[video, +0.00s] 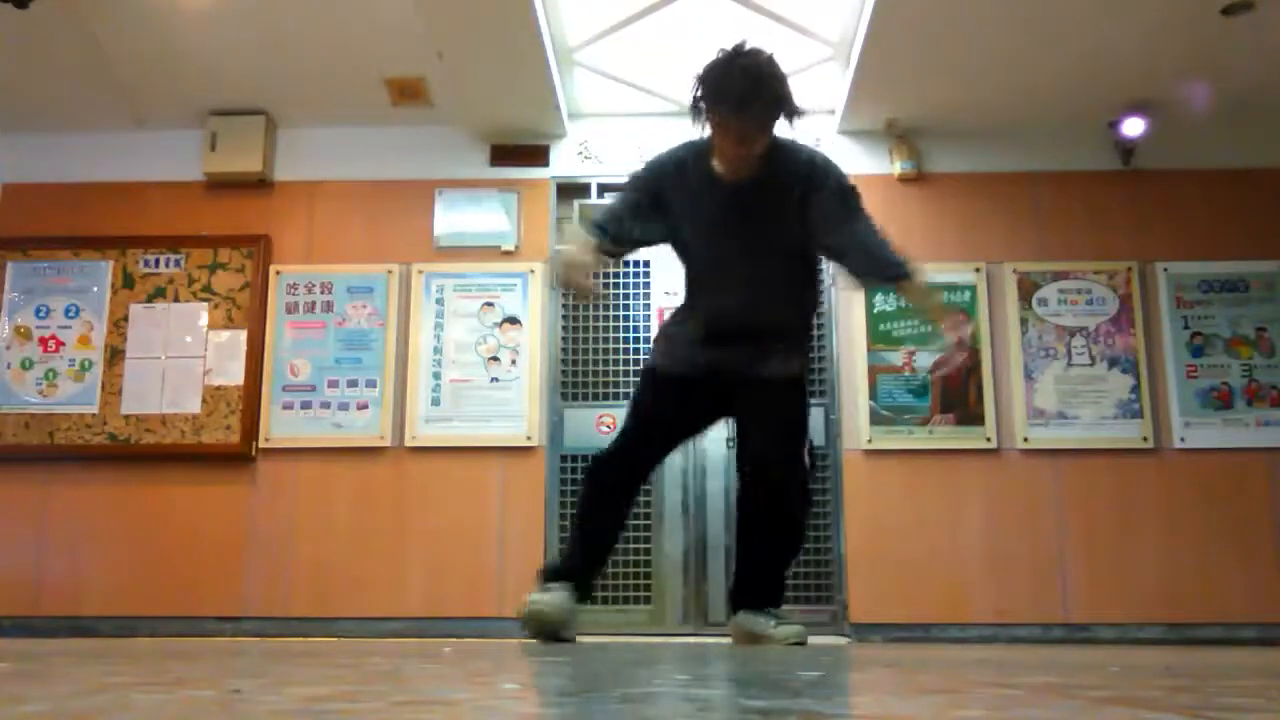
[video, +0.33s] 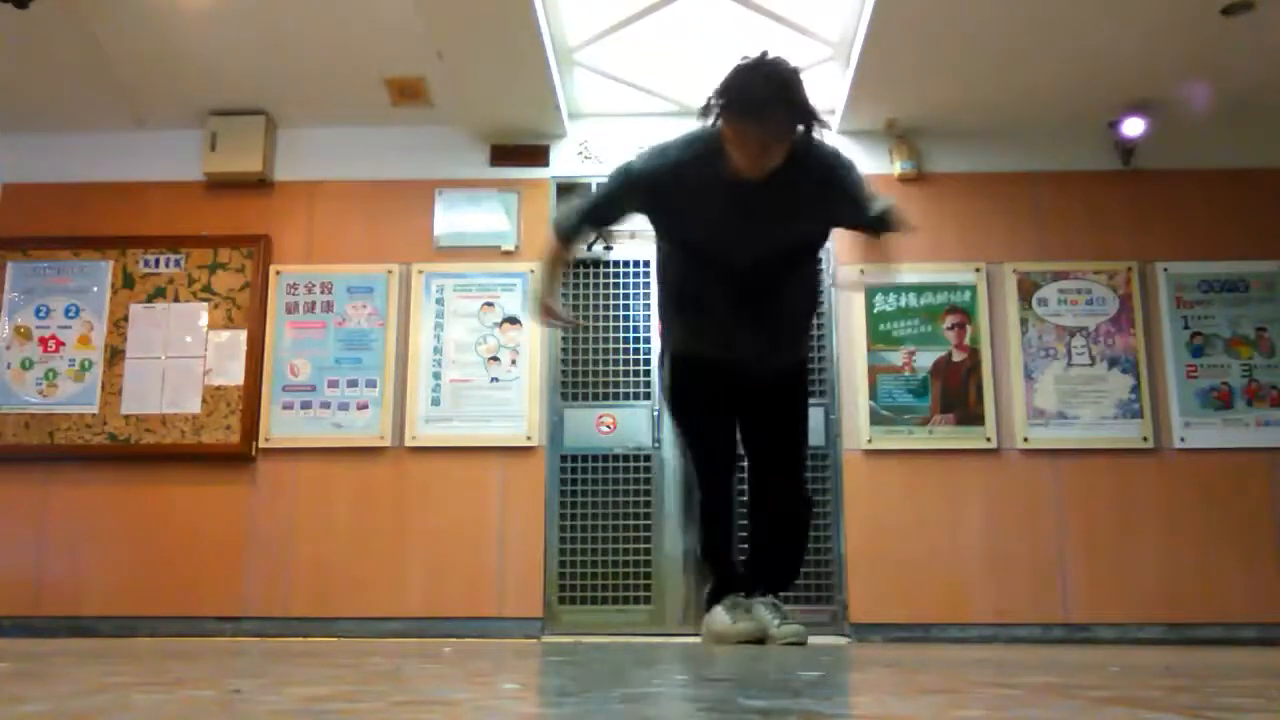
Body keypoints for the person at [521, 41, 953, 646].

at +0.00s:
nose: (736, 147)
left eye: (750, 134)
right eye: (726, 131)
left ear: (773, 123)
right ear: (708, 117)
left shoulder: (807, 178)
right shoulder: (676, 175)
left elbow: (863, 247)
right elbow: (612, 228)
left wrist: (932, 305)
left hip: (775, 362)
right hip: (692, 355)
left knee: (778, 484)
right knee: (626, 458)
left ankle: (756, 609)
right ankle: (565, 586)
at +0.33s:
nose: (754, 159)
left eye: (768, 147)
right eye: (744, 144)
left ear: (793, 132)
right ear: (724, 123)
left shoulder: (821, 171)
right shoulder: (675, 166)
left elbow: (868, 214)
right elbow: (585, 216)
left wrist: (887, 218)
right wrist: (546, 282)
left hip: (780, 353)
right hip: (696, 351)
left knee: (781, 473)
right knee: (713, 472)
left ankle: (767, 598)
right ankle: (724, 601)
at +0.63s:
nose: (812, 64)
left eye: (818, 53)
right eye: (808, 49)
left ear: (805, 49)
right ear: (772, 37)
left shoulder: (789, 122)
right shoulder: (701, 118)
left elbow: (759, 216)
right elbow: (623, 201)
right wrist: (578, 287)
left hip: (775, 315)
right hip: (705, 321)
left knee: (796, 455)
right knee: (725, 458)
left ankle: (763, 597)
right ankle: (718, 603)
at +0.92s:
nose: (811, 77)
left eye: (819, 66)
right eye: (811, 60)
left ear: (785, 49)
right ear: (778, 42)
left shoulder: (758, 106)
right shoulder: (738, 83)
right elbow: (662, 122)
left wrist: (627, 213)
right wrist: (646, 193)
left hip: (738, 313)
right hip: (689, 307)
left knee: (775, 457)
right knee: (714, 452)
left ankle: (747, 603)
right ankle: (685, 580)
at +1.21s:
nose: (708, 2)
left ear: (726, 1)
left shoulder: (759, 65)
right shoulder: (627, 75)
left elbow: (815, 144)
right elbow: (559, 182)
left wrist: (766, 78)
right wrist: (539, 297)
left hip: (721, 283)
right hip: (639, 281)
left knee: (755, 448)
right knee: (647, 432)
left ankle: (700, 572)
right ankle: (602, 594)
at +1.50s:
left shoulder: (725, 10)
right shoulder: (580, 30)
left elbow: (811, 93)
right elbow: (531, 139)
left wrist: (835, 193)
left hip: (704, 214)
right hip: (620, 225)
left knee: (684, 375)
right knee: (614, 396)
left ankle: (690, 563)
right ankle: (677, 565)